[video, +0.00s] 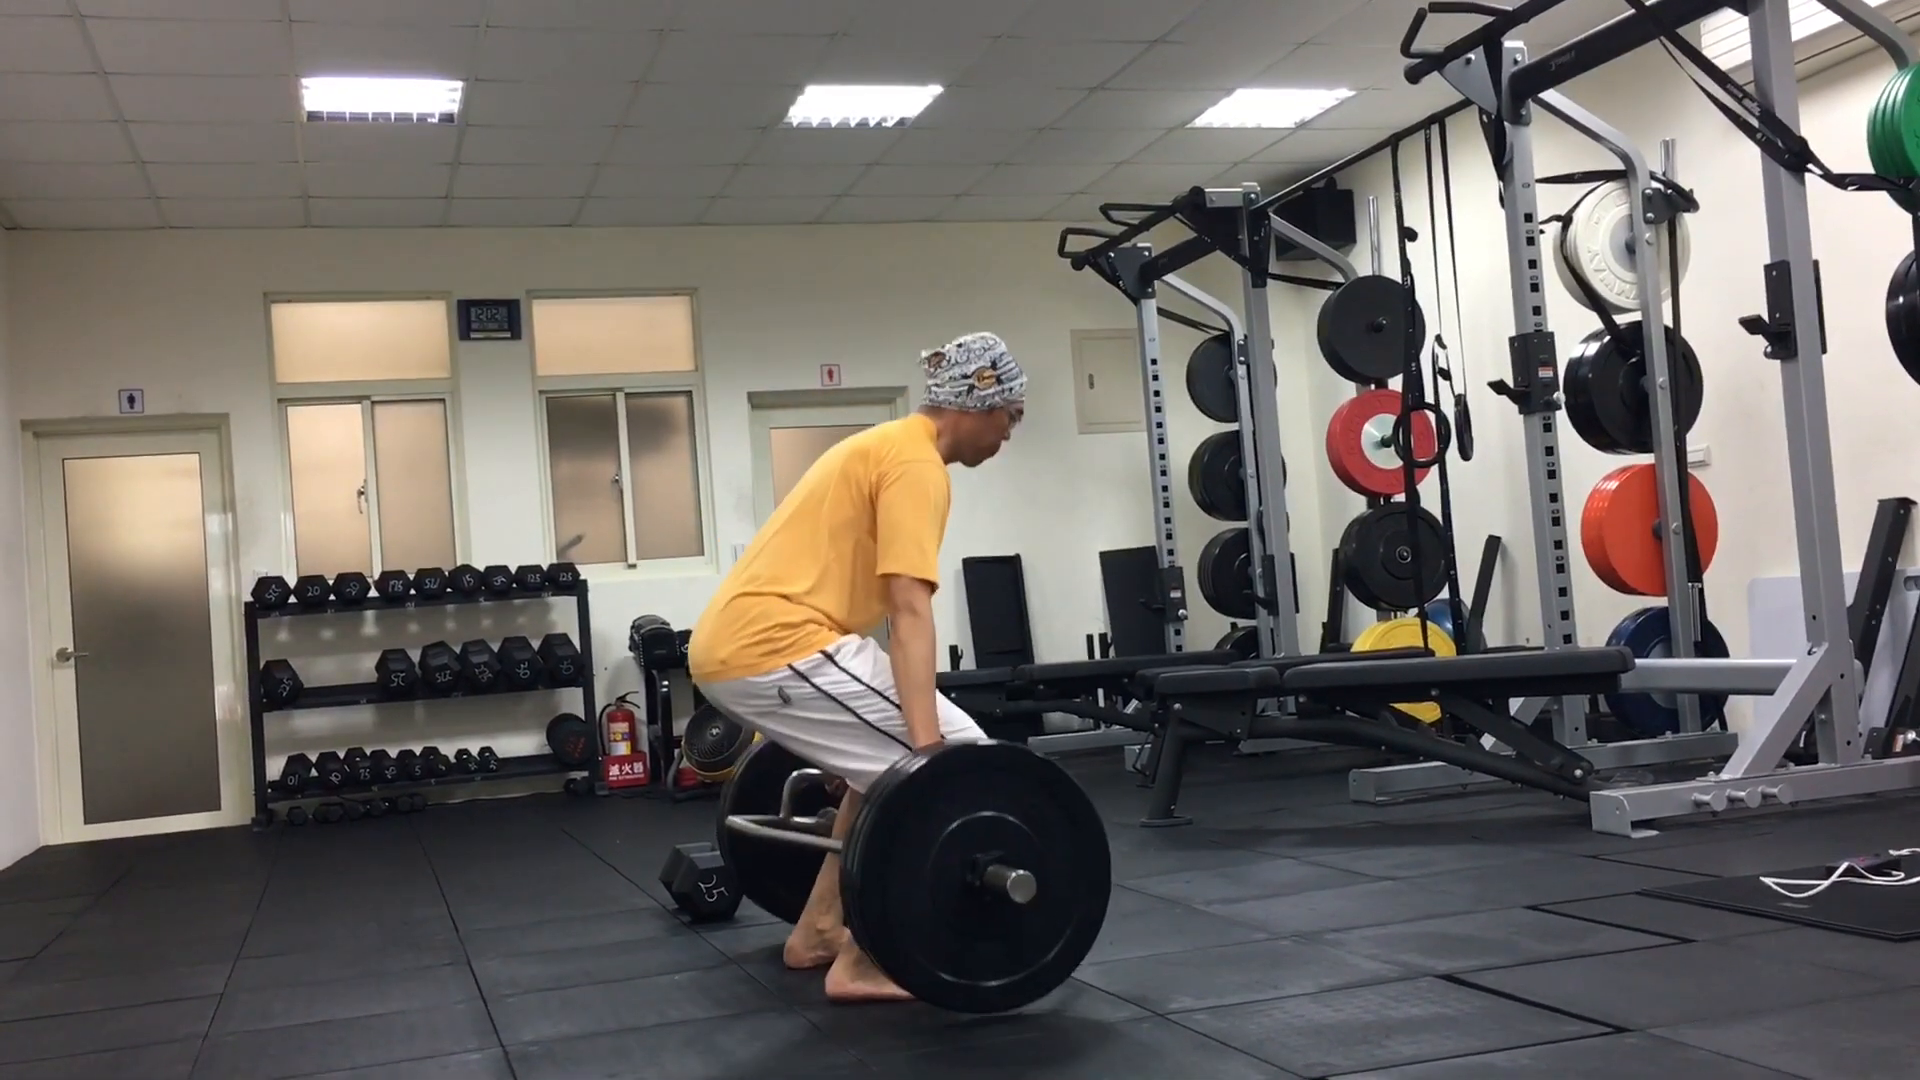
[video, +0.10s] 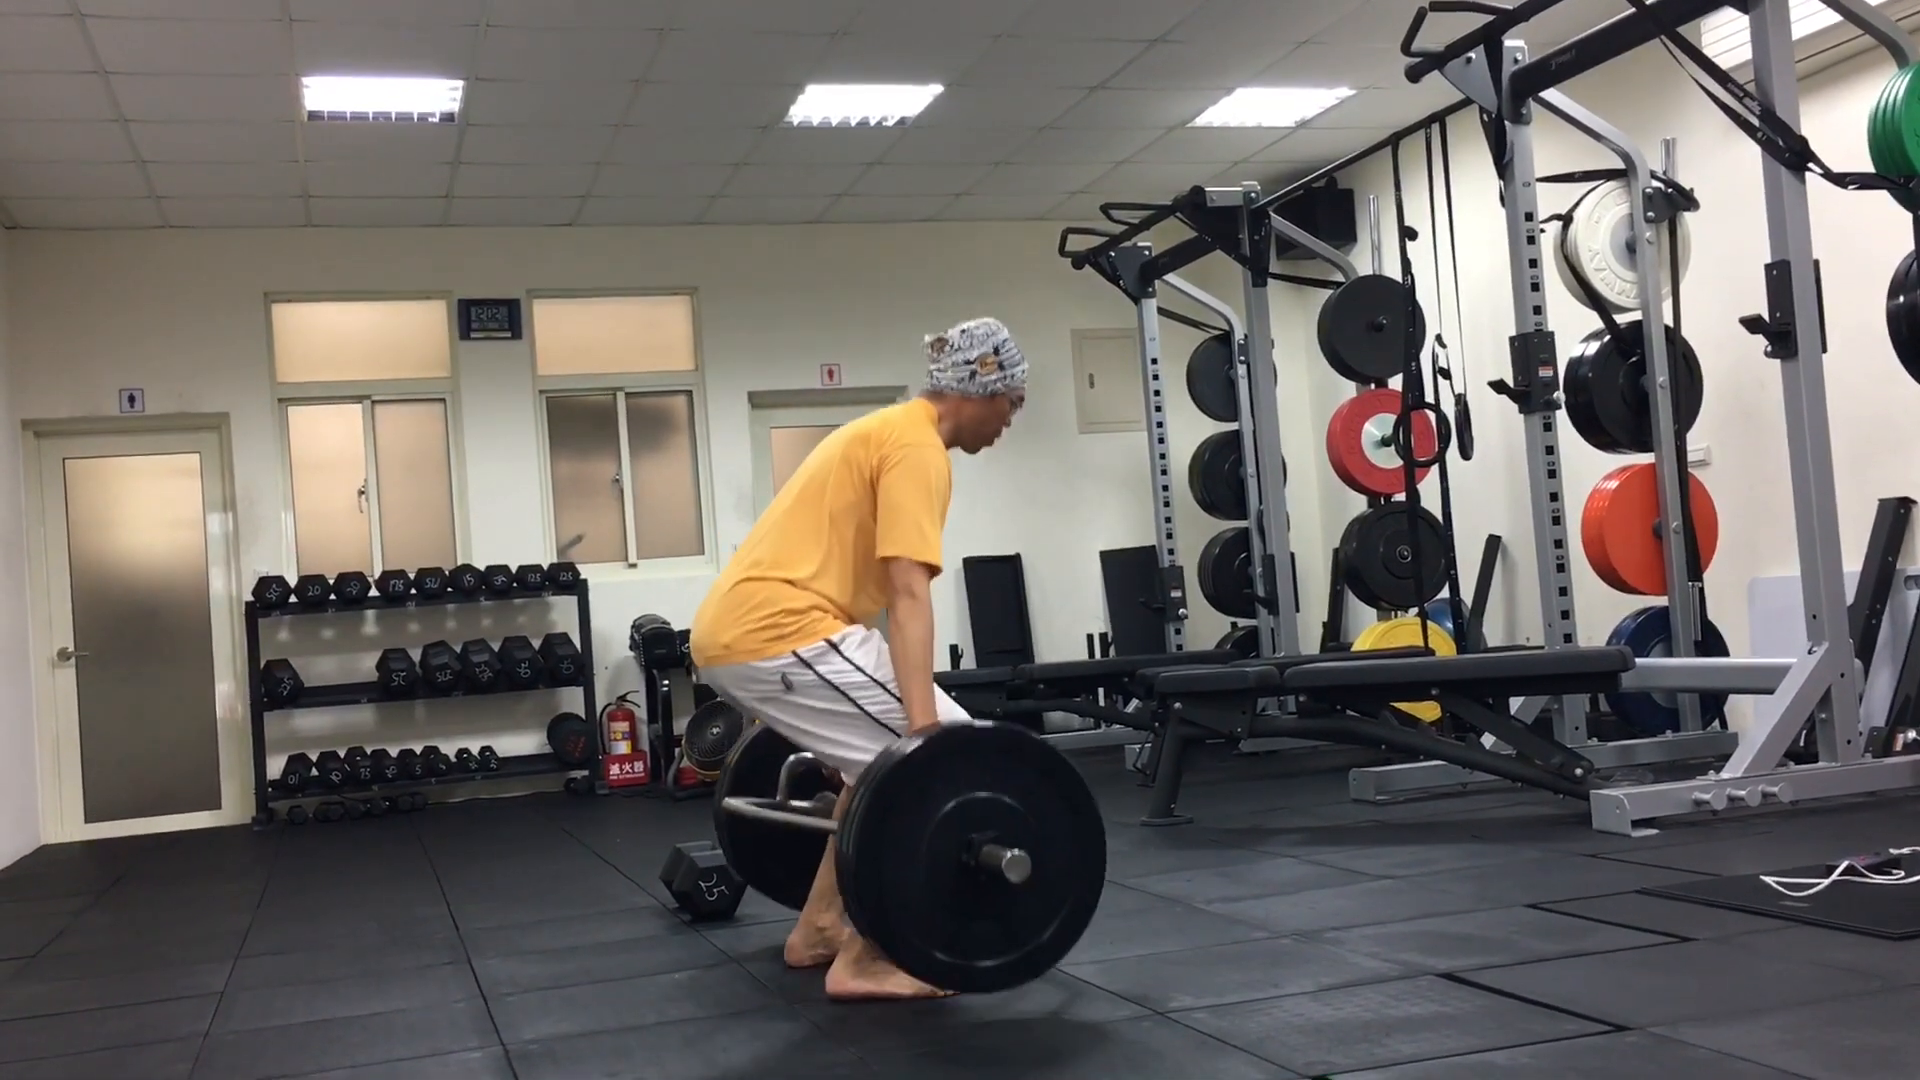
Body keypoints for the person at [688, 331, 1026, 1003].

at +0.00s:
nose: (1008, 436)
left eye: (1013, 421)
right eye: (1008, 418)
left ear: (947, 403)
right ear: (971, 405)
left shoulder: (879, 448)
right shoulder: (914, 459)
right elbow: (909, 608)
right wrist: (927, 745)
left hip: (733, 643)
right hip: (778, 644)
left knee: (894, 753)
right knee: (956, 759)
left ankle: (818, 929)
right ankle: (864, 961)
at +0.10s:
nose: (1009, 422)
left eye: (1014, 408)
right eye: (1009, 404)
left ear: (949, 388)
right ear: (975, 391)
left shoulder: (880, 433)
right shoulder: (915, 443)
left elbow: (869, 588)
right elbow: (907, 592)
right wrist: (923, 726)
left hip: (733, 629)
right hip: (779, 627)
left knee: (889, 746)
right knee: (942, 739)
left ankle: (820, 927)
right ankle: (867, 959)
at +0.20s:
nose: (1005, 395)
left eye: (1010, 381)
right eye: (1005, 378)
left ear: (946, 361)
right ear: (973, 363)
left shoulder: (880, 407)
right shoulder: (912, 414)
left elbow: (879, 565)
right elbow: (906, 567)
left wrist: (908, 697)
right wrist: (920, 700)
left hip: (736, 609)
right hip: (781, 606)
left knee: (881, 741)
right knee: (914, 740)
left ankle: (818, 927)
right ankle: (864, 957)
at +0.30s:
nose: (997, 359)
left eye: (1002, 343)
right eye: (998, 340)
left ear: (938, 321)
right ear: (967, 323)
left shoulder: (873, 370)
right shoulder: (905, 376)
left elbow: (868, 529)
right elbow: (899, 522)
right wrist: (915, 664)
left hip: (742, 581)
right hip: (787, 578)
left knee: (869, 736)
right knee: (916, 738)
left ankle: (818, 924)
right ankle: (864, 956)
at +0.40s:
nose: (984, 307)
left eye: (988, 291)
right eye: (985, 288)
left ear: (930, 269)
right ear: (957, 273)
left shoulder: (864, 326)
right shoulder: (896, 330)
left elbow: (848, 484)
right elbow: (889, 475)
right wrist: (907, 619)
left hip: (748, 550)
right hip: (793, 549)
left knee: (852, 728)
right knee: (898, 724)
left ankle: (816, 921)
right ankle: (863, 953)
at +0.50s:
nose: (969, 258)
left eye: (975, 243)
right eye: (971, 239)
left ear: (913, 222)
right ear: (938, 223)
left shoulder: (850, 282)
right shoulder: (887, 281)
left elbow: (809, 432)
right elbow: (882, 420)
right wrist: (900, 558)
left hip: (758, 527)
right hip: (805, 526)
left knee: (817, 730)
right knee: (866, 726)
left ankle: (814, 922)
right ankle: (859, 951)